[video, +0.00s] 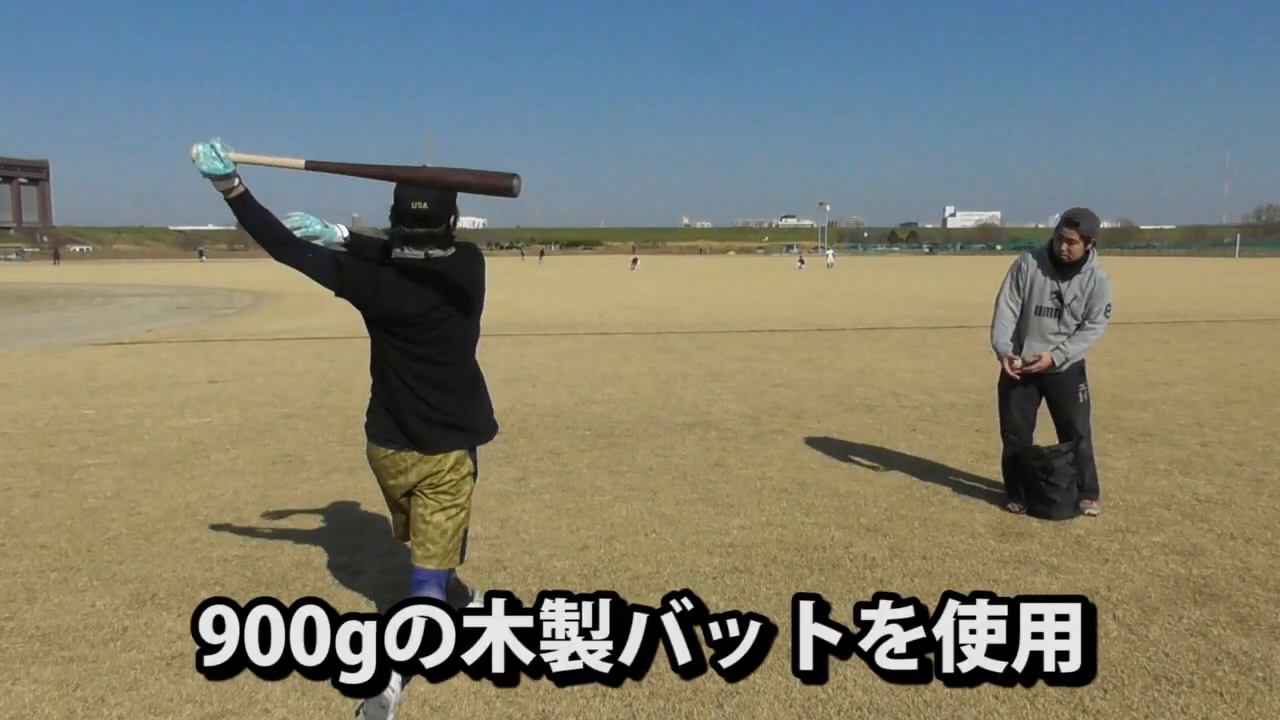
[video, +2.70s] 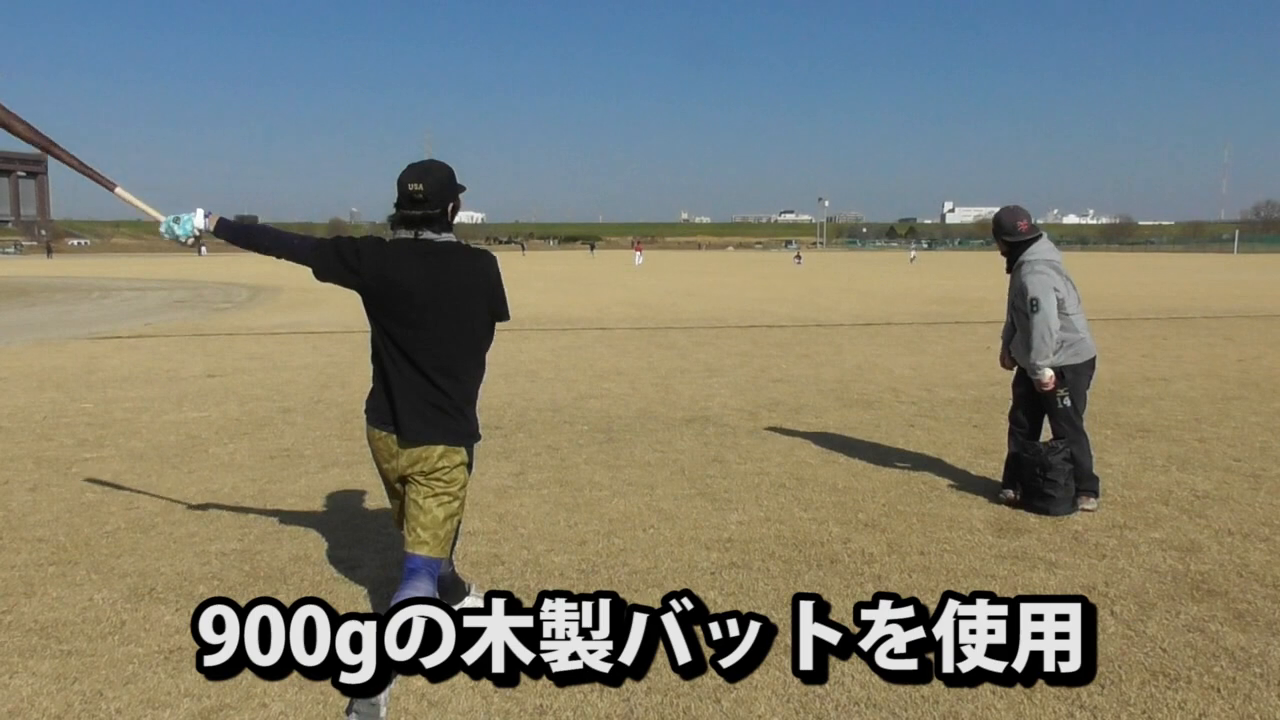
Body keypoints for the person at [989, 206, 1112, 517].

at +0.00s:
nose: (1063, 247)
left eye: (1072, 242)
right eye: (1060, 239)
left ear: (1089, 244)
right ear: (1053, 235)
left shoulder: (1097, 280)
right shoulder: (1028, 265)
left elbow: (1092, 329)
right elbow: (1006, 308)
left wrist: (1055, 357)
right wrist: (1004, 349)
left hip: (1066, 366)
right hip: (1019, 363)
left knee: (1077, 432)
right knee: (1015, 433)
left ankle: (1087, 494)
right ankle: (1016, 493)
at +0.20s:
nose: (1067, 280)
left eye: (1074, 276)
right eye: (1063, 274)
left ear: (1087, 270)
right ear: (1053, 262)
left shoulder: (1096, 295)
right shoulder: (1026, 279)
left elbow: (1093, 345)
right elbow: (1006, 321)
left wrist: (1073, 386)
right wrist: (1008, 364)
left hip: (1066, 373)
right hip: (1022, 369)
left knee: (1079, 436)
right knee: (1014, 435)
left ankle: (1088, 496)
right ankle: (1016, 495)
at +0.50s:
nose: (1044, 320)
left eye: (1052, 316)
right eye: (1039, 313)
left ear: (1067, 310)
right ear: (1033, 301)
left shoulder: (1082, 321)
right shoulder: (1013, 305)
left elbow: (1085, 372)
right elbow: (998, 345)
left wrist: (1067, 419)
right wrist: (1002, 385)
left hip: (1062, 379)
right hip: (1021, 377)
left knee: (1076, 433)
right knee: (1014, 434)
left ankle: (1087, 495)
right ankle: (1015, 494)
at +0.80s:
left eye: (1023, 315)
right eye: (1015, 317)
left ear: (1025, 311)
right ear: (1002, 316)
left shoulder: (1052, 328)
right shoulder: (1000, 315)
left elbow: (1056, 383)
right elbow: (996, 344)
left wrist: (1034, 430)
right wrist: (996, 380)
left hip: (1072, 368)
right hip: (1030, 367)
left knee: (1069, 429)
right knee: (1018, 426)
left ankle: (1086, 493)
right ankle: (1015, 488)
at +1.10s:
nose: (986, 320)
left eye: (984, 316)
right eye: (984, 316)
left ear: (984, 315)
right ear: (998, 292)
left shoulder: (1028, 340)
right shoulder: (1009, 298)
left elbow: (1035, 396)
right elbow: (1004, 346)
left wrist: (1027, 438)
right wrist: (1010, 377)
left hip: (1082, 368)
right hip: (1047, 369)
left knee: (1074, 431)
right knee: (1030, 430)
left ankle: (1089, 493)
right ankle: (1019, 490)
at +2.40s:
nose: (979, 282)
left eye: (978, 277)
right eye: (978, 277)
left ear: (988, 280)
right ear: (1004, 262)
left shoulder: (1028, 302)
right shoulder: (1011, 288)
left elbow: (1043, 355)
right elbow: (1007, 330)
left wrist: (1040, 398)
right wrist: (1005, 362)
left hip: (1073, 364)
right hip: (1038, 362)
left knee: (1068, 425)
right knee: (1025, 423)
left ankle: (1088, 491)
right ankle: (1017, 487)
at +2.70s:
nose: (999, 248)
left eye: (1000, 242)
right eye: (999, 242)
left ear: (1004, 244)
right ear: (1029, 231)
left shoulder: (1034, 270)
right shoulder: (1032, 259)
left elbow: (1044, 321)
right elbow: (1018, 311)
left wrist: (1041, 366)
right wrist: (1008, 345)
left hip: (1067, 358)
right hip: (1037, 356)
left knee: (1067, 427)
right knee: (1022, 422)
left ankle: (1086, 490)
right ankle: (1015, 485)